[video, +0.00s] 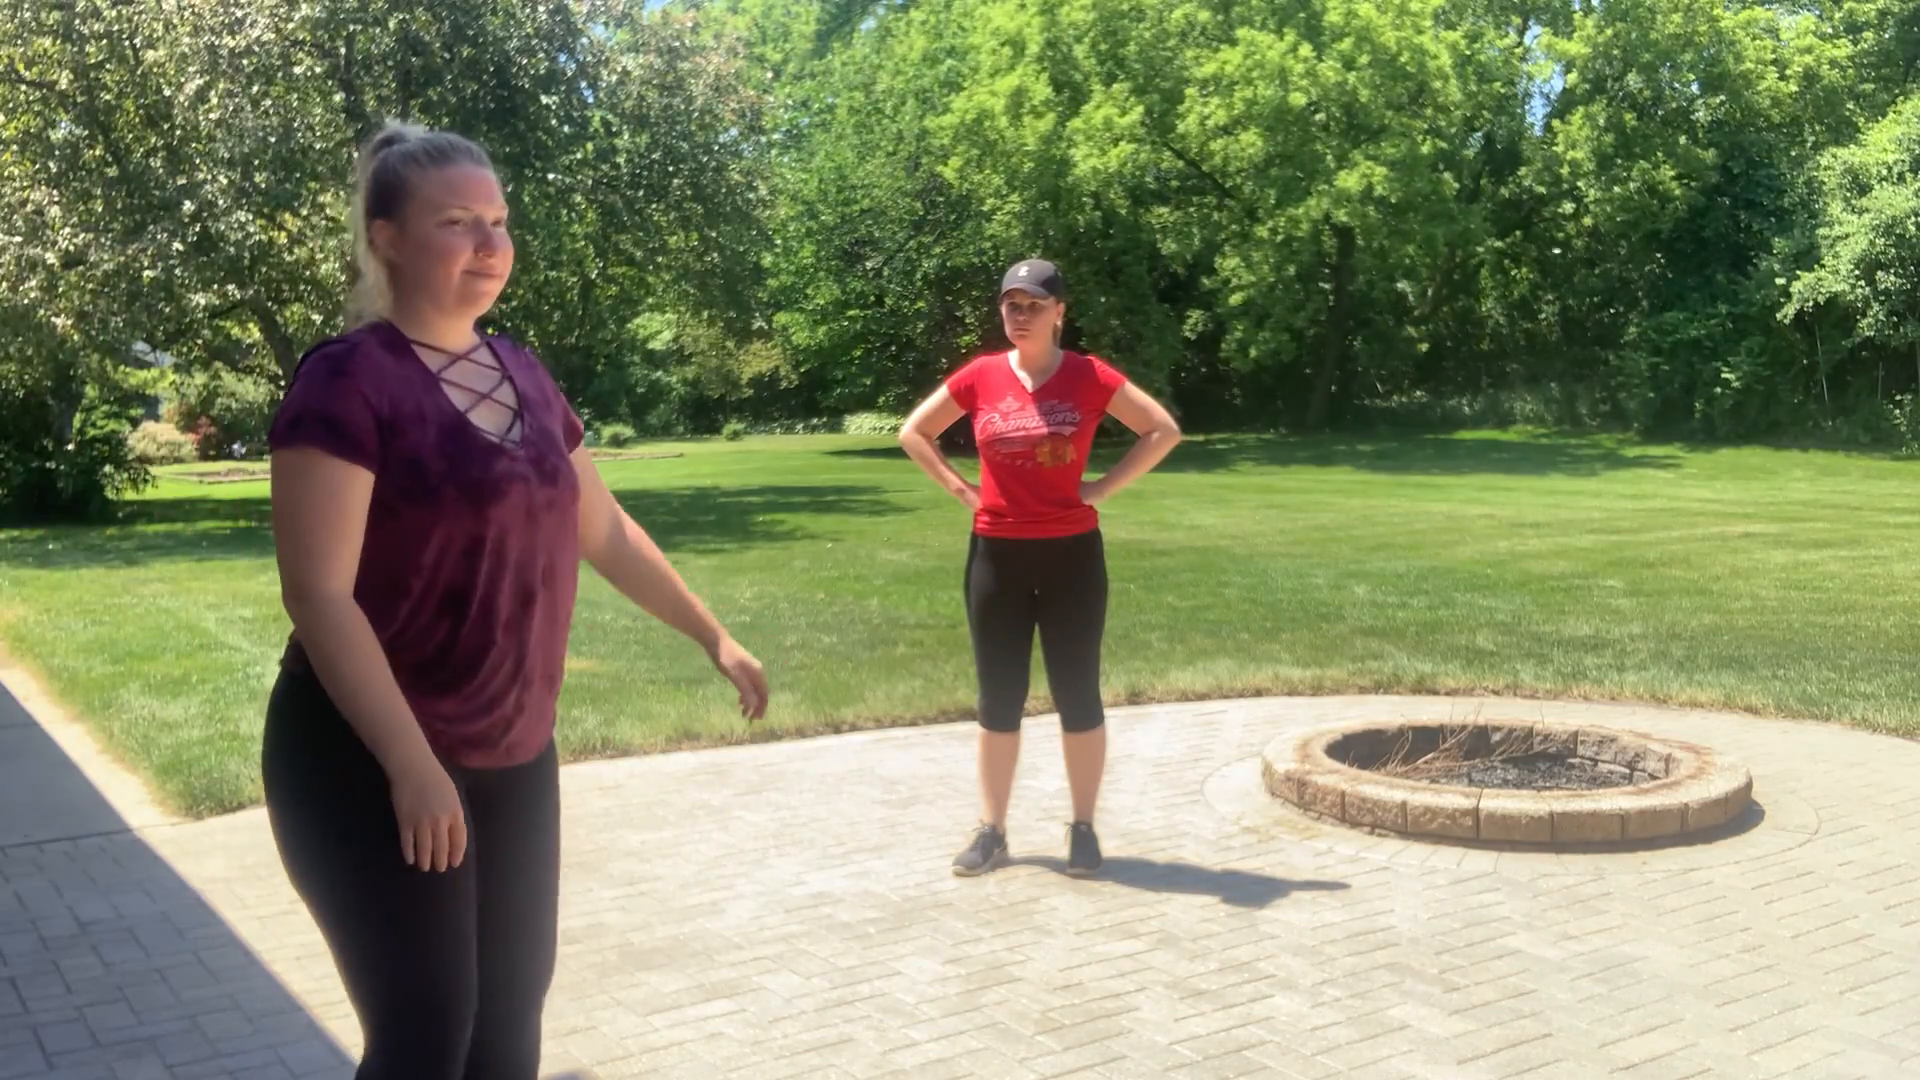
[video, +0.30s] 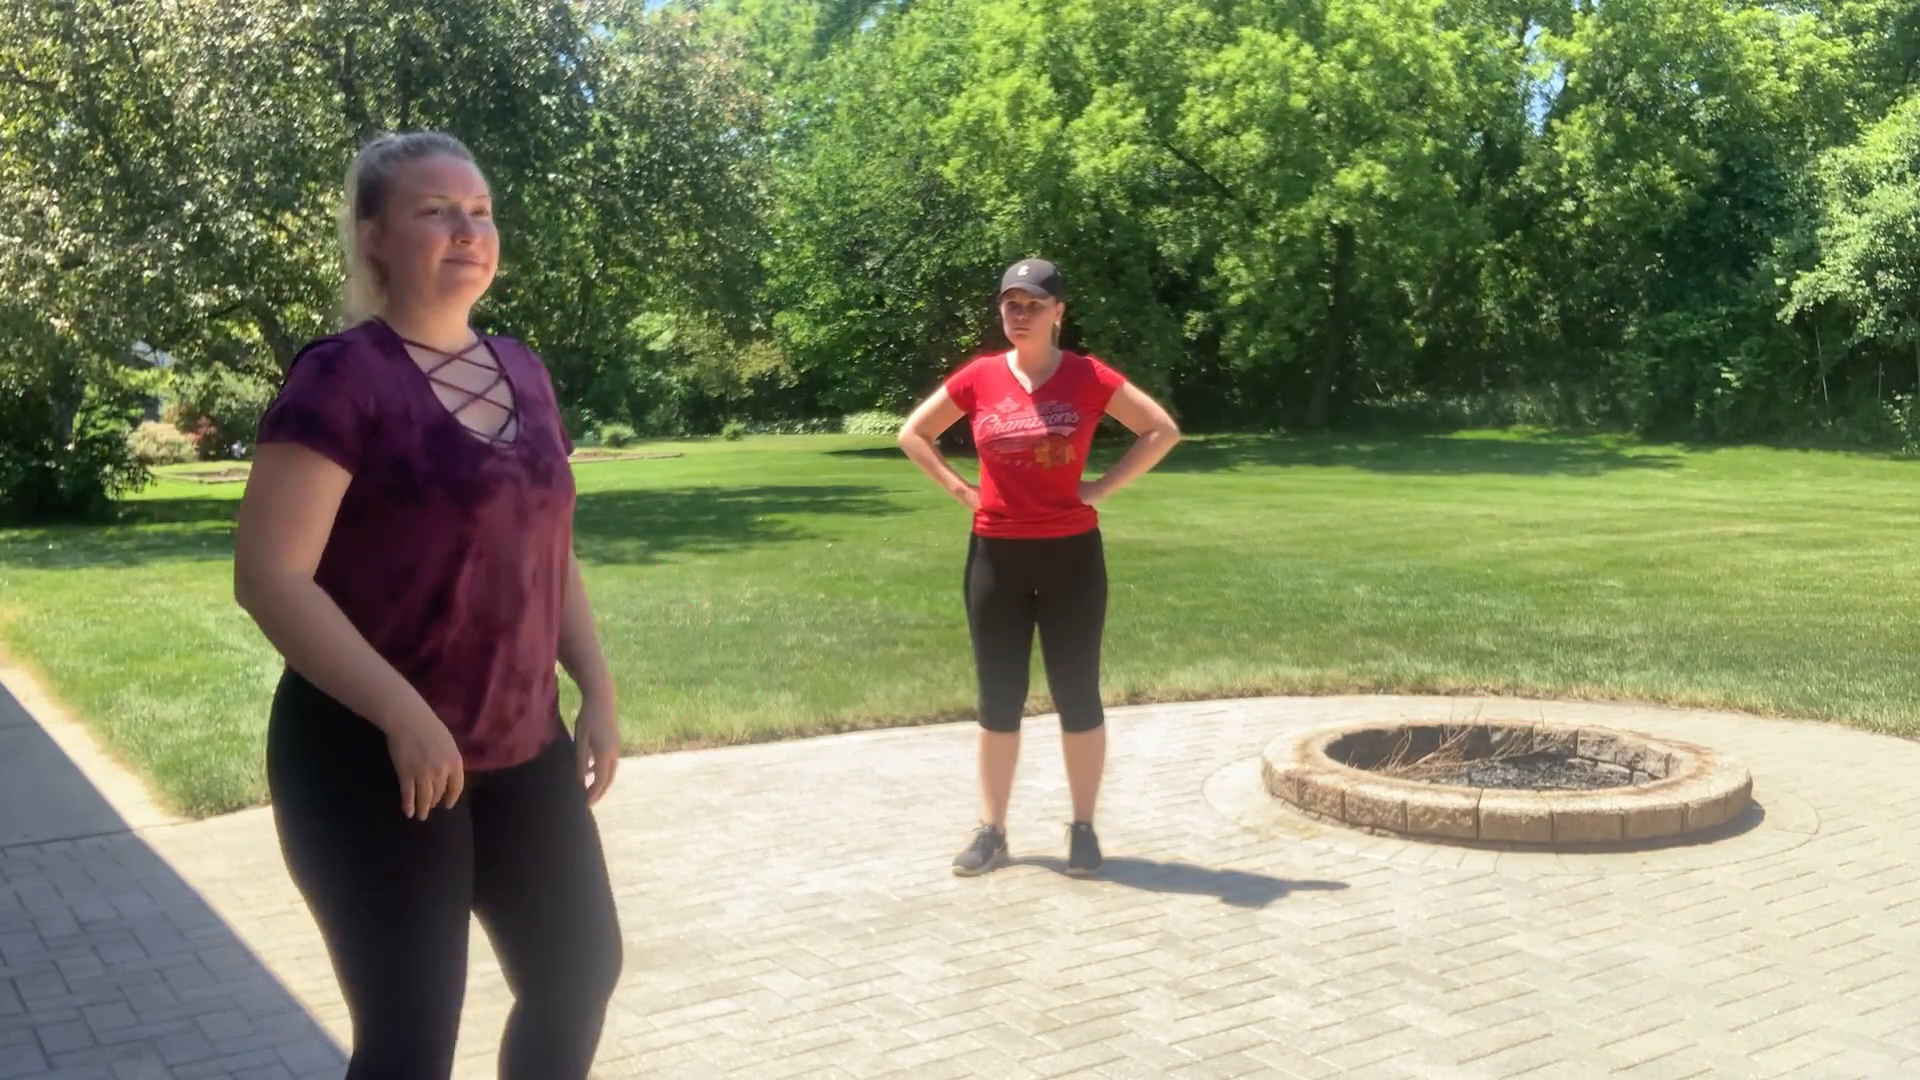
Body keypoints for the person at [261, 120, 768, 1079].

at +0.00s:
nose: (493, 241)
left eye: (500, 220)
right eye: (460, 220)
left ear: (513, 232)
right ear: (385, 238)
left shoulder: (517, 370)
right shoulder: (346, 383)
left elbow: (609, 533)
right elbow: (317, 594)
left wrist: (714, 635)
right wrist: (412, 763)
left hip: (510, 750)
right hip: (365, 753)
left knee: (508, 1041)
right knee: (425, 1042)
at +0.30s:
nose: (471, 234)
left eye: (482, 215)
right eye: (438, 214)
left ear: (499, 235)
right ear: (372, 240)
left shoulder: (517, 367)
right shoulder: (341, 378)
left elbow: (546, 549)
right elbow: (269, 575)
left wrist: (596, 684)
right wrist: (404, 712)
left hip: (516, 733)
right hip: (368, 745)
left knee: (580, 971)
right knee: (409, 1040)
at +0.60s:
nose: (507, 235)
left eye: (510, 218)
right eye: (476, 219)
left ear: (519, 235)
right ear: (405, 247)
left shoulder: (540, 357)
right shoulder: (377, 369)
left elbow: (579, 492)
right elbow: (220, 496)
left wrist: (612, 574)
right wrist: (380, 591)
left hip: (562, 715)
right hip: (432, 724)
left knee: (523, 1007)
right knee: (443, 1023)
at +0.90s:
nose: (552, 234)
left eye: (543, 215)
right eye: (525, 221)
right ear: (454, 252)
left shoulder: (537, 350)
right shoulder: (422, 362)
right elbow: (280, 484)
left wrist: (559, 586)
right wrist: (411, 600)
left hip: (566, 716)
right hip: (461, 724)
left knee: (517, 997)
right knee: (480, 1020)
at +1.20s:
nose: (564, 239)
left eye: (554, 220)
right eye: (545, 225)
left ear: (493, 260)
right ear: (485, 259)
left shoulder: (530, 356)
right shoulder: (440, 363)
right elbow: (336, 493)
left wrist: (561, 604)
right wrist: (437, 613)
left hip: (558, 709)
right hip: (462, 718)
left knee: (516, 977)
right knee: (460, 1015)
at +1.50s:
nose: (567, 255)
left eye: (559, 236)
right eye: (554, 238)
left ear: (498, 261)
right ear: (513, 260)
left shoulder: (504, 370)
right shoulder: (441, 363)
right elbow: (347, 486)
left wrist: (541, 603)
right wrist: (445, 614)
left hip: (548, 721)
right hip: (463, 727)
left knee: (513, 986)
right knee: (444, 1015)